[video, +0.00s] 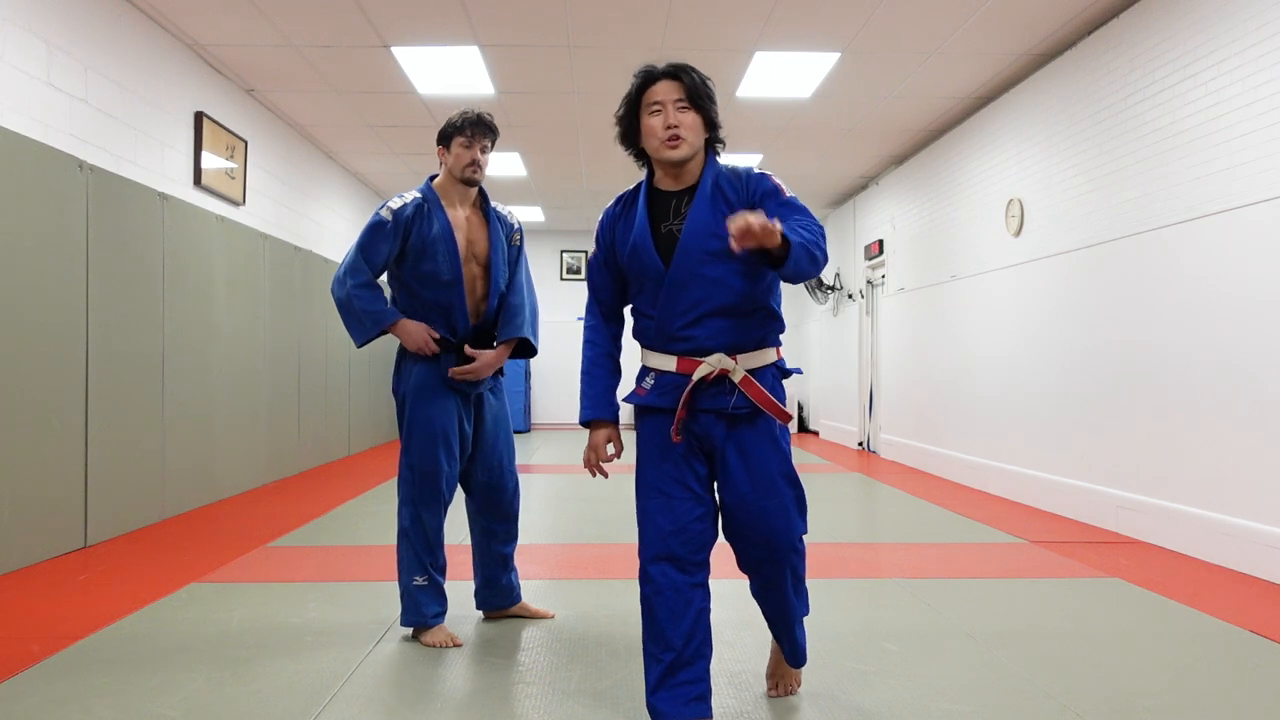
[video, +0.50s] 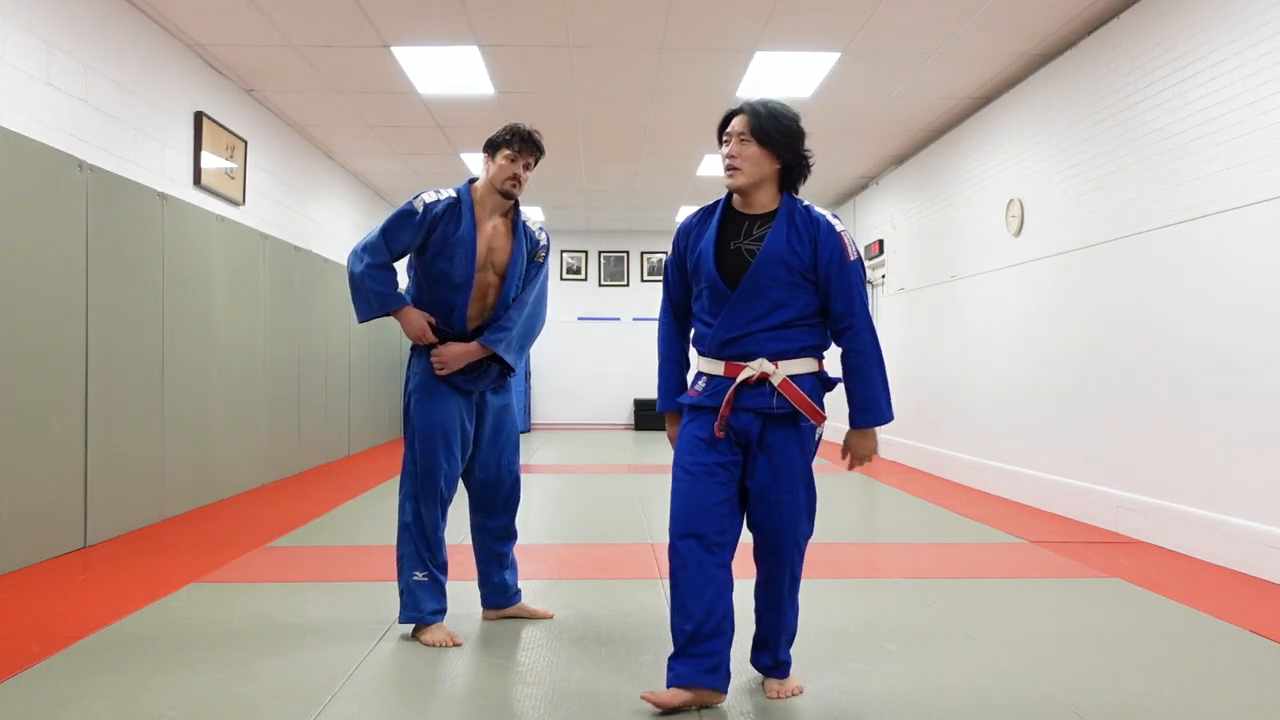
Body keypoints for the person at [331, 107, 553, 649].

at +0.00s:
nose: (477, 155)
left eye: (484, 148)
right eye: (467, 145)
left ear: (490, 159)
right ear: (442, 151)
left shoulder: (503, 225)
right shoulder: (406, 212)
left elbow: (520, 298)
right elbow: (349, 281)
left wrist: (501, 352)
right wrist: (398, 325)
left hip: (487, 370)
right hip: (428, 369)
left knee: (498, 487)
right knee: (427, 491)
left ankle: (500, 598)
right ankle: (423, 615)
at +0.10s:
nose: (483, 155)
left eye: (491, 149)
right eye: (473, 145)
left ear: (496, 161)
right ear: (449, 151)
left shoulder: (508, 227)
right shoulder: (409, 211)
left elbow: (520, 303)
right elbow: (351, 277)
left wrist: (489, 359)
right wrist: (395, 319)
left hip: (488, 368)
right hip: (429, 367)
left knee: (499, 484)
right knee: (427, 489)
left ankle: (499, 597)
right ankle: (424, 615)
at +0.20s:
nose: (490, 158)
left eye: (499, 152)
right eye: (481, 148)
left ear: (504, 163)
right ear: (457, 152)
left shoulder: (512, 230)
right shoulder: (415, 210)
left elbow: (521, 306)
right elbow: (354, 271)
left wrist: (476, 349)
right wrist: (396, 315)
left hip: (489, 373)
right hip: (430, 372)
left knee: (498, 486)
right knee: (427, 491)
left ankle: (499, 597)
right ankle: (423, 614)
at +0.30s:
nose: (500, 162)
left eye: (508, 156)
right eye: (492, 151)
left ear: (512, 167)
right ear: (467, 155)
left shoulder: (517, 232)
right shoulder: (422, 209)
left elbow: (523, 308)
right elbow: (359, 265)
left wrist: (478, 346)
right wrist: (402, 312)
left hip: (490, 373)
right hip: (431, 371)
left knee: (497, 486)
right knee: (427, 490)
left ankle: (499, 598)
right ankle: (423, 614)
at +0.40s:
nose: (509, 166)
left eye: (518, 161)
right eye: (501, 155)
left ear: (522, 172)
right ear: (477, 157)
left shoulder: (524, 233)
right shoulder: (428, 208)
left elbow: (528, 310)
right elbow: (362, 262)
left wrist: (481, 349)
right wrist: (402, 311)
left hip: (494, 372)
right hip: (434, 368)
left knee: (497, 487)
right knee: (427, 489)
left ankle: (500, 598)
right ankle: (424, 614)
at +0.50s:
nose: (518, 170)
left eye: (527, 165)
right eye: (511, 159)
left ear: (531, 174)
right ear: (487, 159)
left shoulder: (531, 232)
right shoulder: (437, 208)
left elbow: (530, 311)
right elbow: (367, 259)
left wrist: (478, 348)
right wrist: (401, 311)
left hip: (498, 374)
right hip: (439, 370)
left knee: (498, 486)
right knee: (430, 489)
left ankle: (500, 598)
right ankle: (423, 614)